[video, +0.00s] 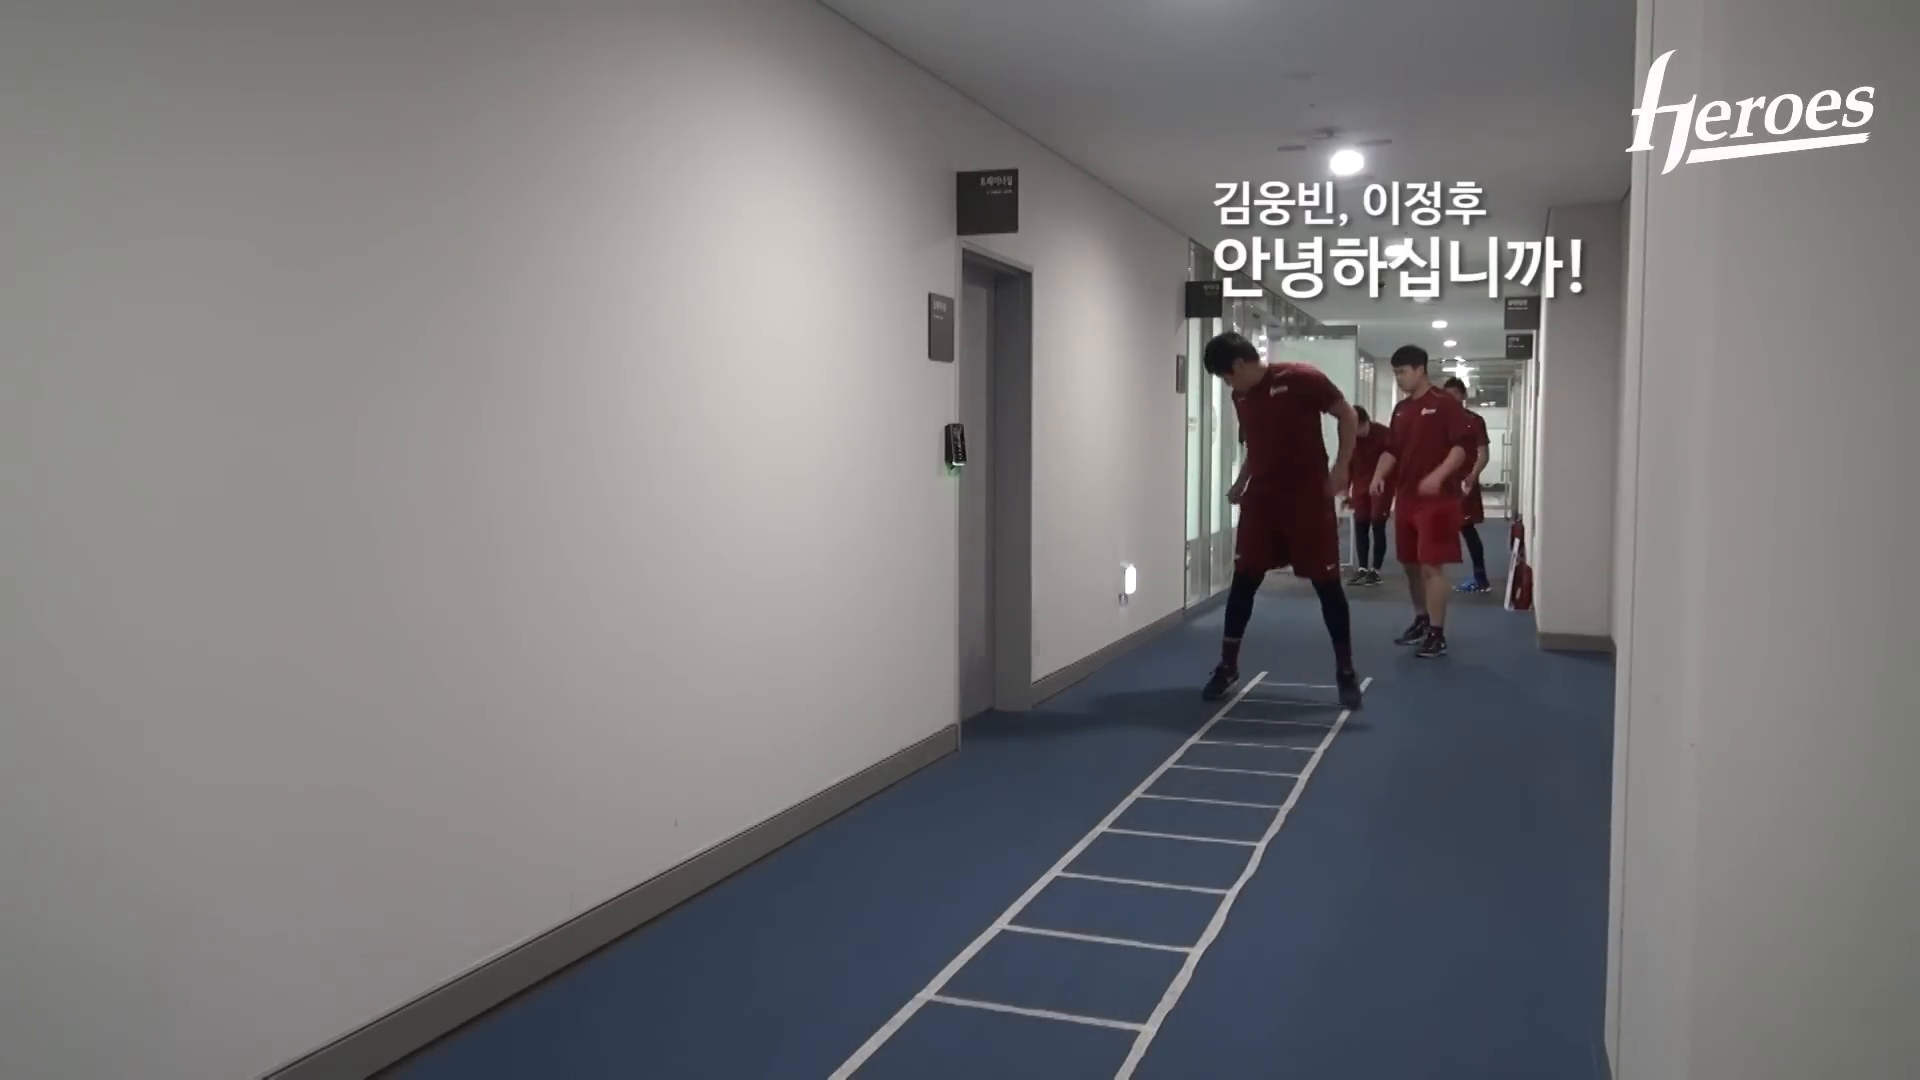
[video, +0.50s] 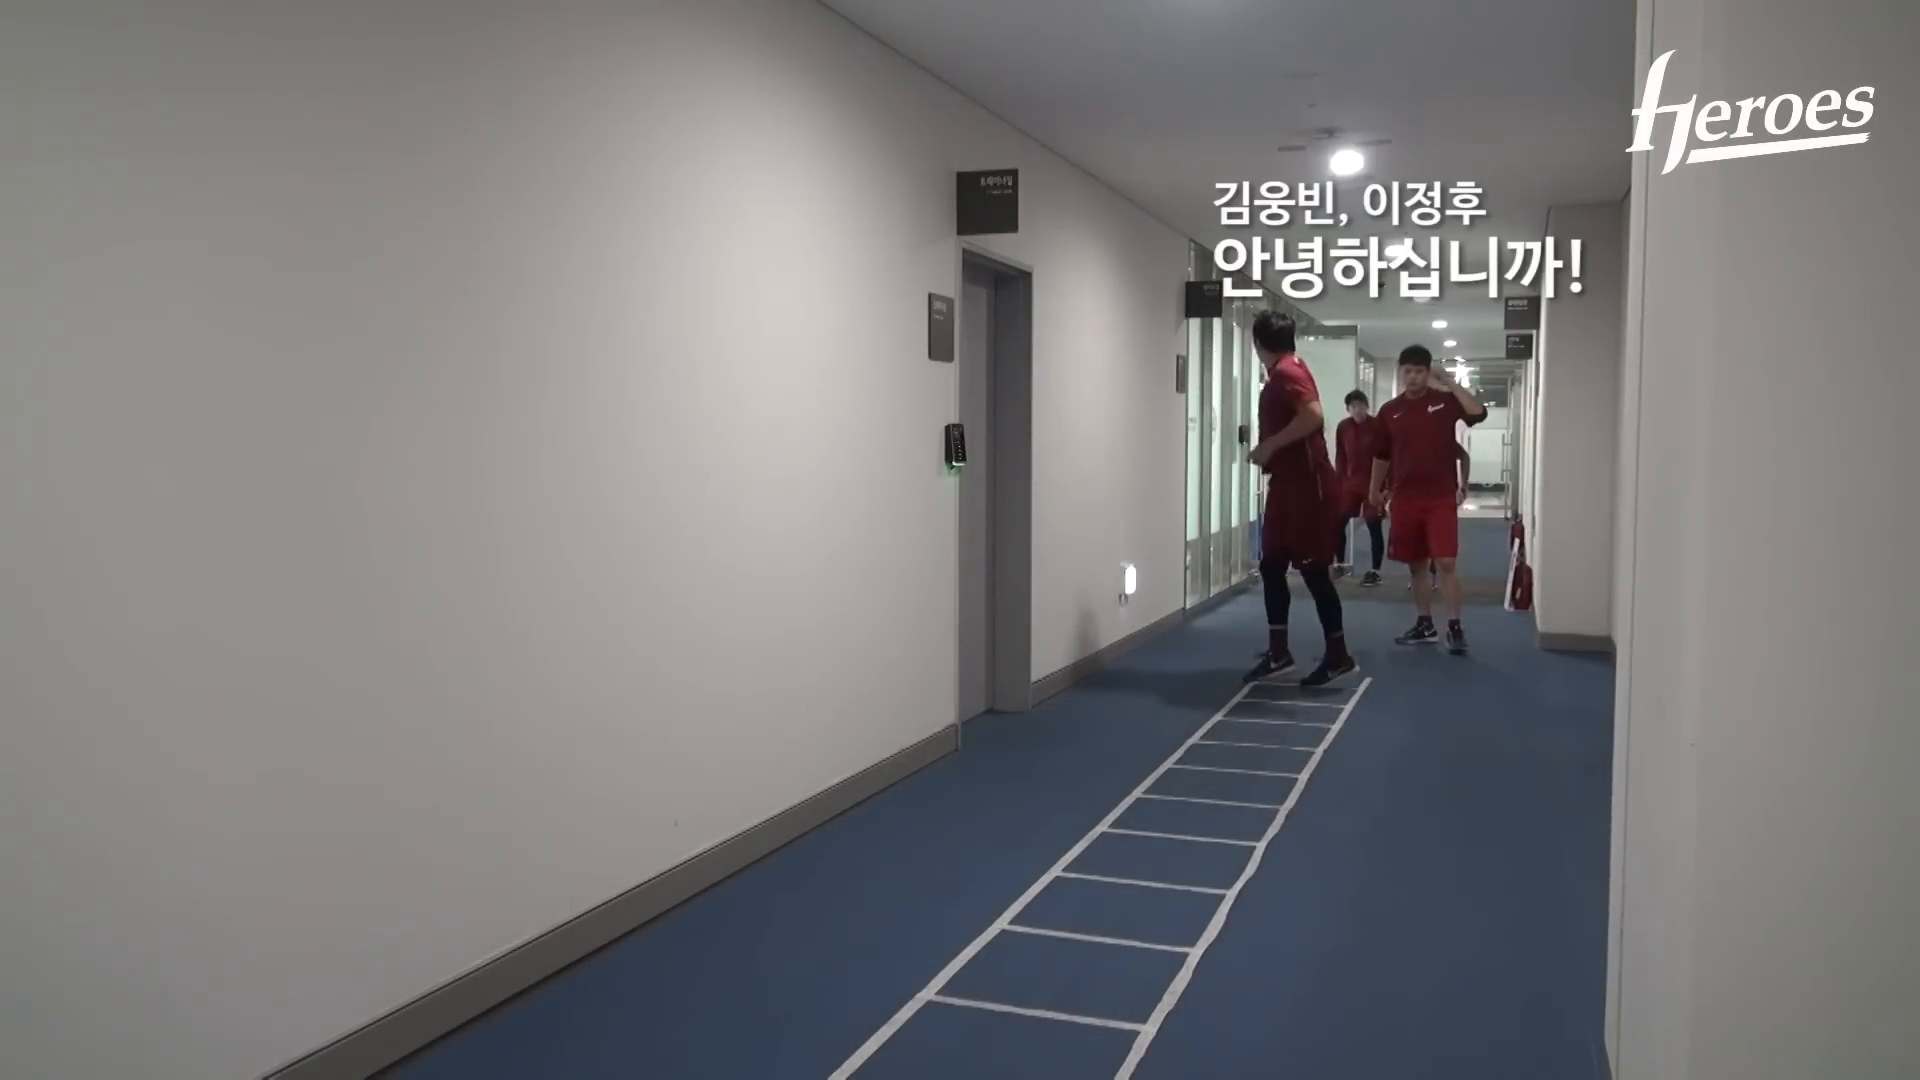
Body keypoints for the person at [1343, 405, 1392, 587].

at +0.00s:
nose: (1358, 432)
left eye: (1360, 427)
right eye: (1354, 428)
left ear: (1366, 421)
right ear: (1351, 426)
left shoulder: (1384, 434)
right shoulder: (1351, 437)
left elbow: (1394, 461)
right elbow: (1347, 464)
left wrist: (1393, 488)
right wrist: (1345, 490)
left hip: (1381, 488)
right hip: (1360, 488)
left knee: (1378, 528)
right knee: (1361, 528)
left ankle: (1375, 569)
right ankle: (1362, 568)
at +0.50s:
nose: (1355, 410)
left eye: (1358, 405)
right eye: (1352, 406)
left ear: (1366, 406)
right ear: (1348, 409)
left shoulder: (1378, 425)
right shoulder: (1344, 427)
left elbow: (1385, 457)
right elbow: (1340, 455)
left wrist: (1386, 486)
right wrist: (1339, 479)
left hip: (1372, 486)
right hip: (1349, 485)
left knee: (1375, 527)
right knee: (1338, 523)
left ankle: (1375, 569)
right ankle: (1340, 563)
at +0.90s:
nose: (1337, 408)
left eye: (1340, 403)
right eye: (1333, 404)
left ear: (1345, 404)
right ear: (1326, 406)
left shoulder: (1359, 427)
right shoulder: (1322, 428)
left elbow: (1367, 457)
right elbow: (1316, 454)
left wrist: (1363, 481)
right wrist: (1319, 477)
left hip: (1353, 482)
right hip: (1330, 482)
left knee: (1358, 524)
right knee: (1326, 525)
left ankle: (1369, 567)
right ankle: (1323, 566)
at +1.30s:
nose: (1328, 436)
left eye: (1330, 432)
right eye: (1324, 432)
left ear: (1337, 426)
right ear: (1320, 430)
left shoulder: (1352, 438)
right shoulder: (1315, 441)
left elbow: (1356, 470)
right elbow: (1311, 468)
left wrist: (1342, 491)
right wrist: (1315, 490)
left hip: (1346, 491)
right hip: (1324, 490)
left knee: (1344, 527)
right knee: (1323, 528)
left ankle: (1342, 565)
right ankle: (1323, 565)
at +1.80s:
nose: (1325, 413)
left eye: (1329, 409)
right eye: (1322, 409)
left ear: (1335, 410)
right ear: (1317, 409)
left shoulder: (1345, 432)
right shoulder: (1311, 427)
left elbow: (1348, 465)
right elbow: (1306, 456)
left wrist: (1337, 488)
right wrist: (1301, 483)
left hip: (1339, 484)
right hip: (1318, 483)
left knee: (1339, 524)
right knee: (1313, 522)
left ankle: (1340, 566)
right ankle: (1317, 565)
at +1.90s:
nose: (1322, 405)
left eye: (1326, 401)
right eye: (1319, 401)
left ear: (1332, 404)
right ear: (1314, 403)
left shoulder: (1340, 429)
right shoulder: (1309, 426)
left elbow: (1342, 463)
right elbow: (1305, 456)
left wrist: (1322, 478)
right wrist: (1296, 480)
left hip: (1336, 484)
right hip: (1315, 483)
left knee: (1337, 522)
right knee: (1306, 520)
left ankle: (1340, 566)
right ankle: (1309, 563)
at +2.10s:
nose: (1311, 400)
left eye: (1316, 397)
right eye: (1309, 396)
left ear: (1322, 401)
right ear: (1305, 399)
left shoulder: (1327, 425)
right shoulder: (1302, 424)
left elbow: (1326, 455)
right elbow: (1299, 459)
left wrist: (1297, 461)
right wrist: (1283, 483)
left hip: (1325, 482)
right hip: (1306, 482)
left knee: (1329, 521)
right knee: (1299, 521)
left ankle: (1339, 567)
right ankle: (1299, 564)